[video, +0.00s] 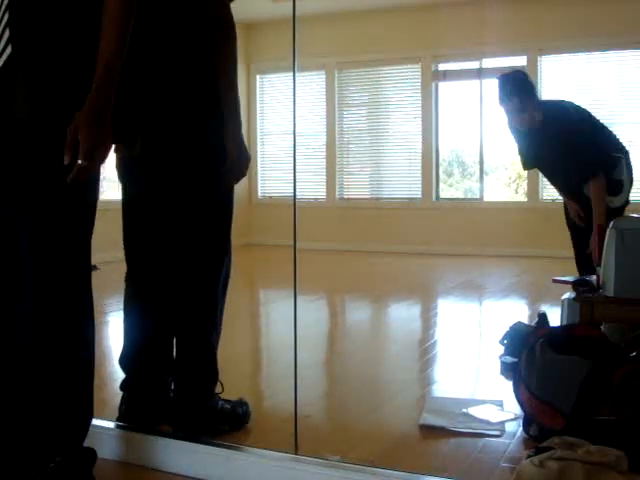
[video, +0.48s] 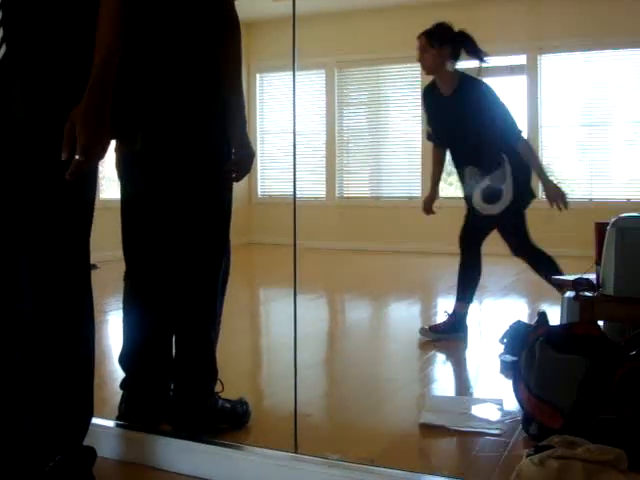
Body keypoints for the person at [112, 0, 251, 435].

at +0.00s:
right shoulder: (219, 15)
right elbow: (222, 36)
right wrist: (233, 132)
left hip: (141, 120)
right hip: (199, 121)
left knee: (148, 262)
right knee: (204, 263)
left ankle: (142, 396)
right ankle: (196, 397)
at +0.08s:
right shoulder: (219, 14)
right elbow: (222, 36)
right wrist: (233, 130)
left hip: (142, 120)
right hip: (200, 121)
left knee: (148, 261)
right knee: (204, 263)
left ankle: (142, 396)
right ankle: (196, 397)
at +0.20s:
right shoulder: (222, 16)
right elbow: (225, 60)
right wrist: (237, 134)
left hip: (143, 125)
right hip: (201, 128)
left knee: (148, 263)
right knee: (204, 265)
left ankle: (142, 396)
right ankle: (196, 397)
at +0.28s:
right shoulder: (222, 16)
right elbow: (225, 57)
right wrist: (237, 132)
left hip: (143, 123)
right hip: (201, 125)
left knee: (147, 262)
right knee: (204, 264)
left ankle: (142, 395)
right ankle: (196, 397)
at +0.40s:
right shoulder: (223, 14)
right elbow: (227, 54)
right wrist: (239, 132)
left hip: (142, 122)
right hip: (202, 125)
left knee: (147, 263)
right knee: (203, 264)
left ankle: (142, 396)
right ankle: (195, 397)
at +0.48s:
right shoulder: (224, 15)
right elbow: (227, 52)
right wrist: (238, 131)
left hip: (141, 124)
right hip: (202, 126)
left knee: (147, 263)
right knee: (204, 264)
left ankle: (142, 396)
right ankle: (196, 396)